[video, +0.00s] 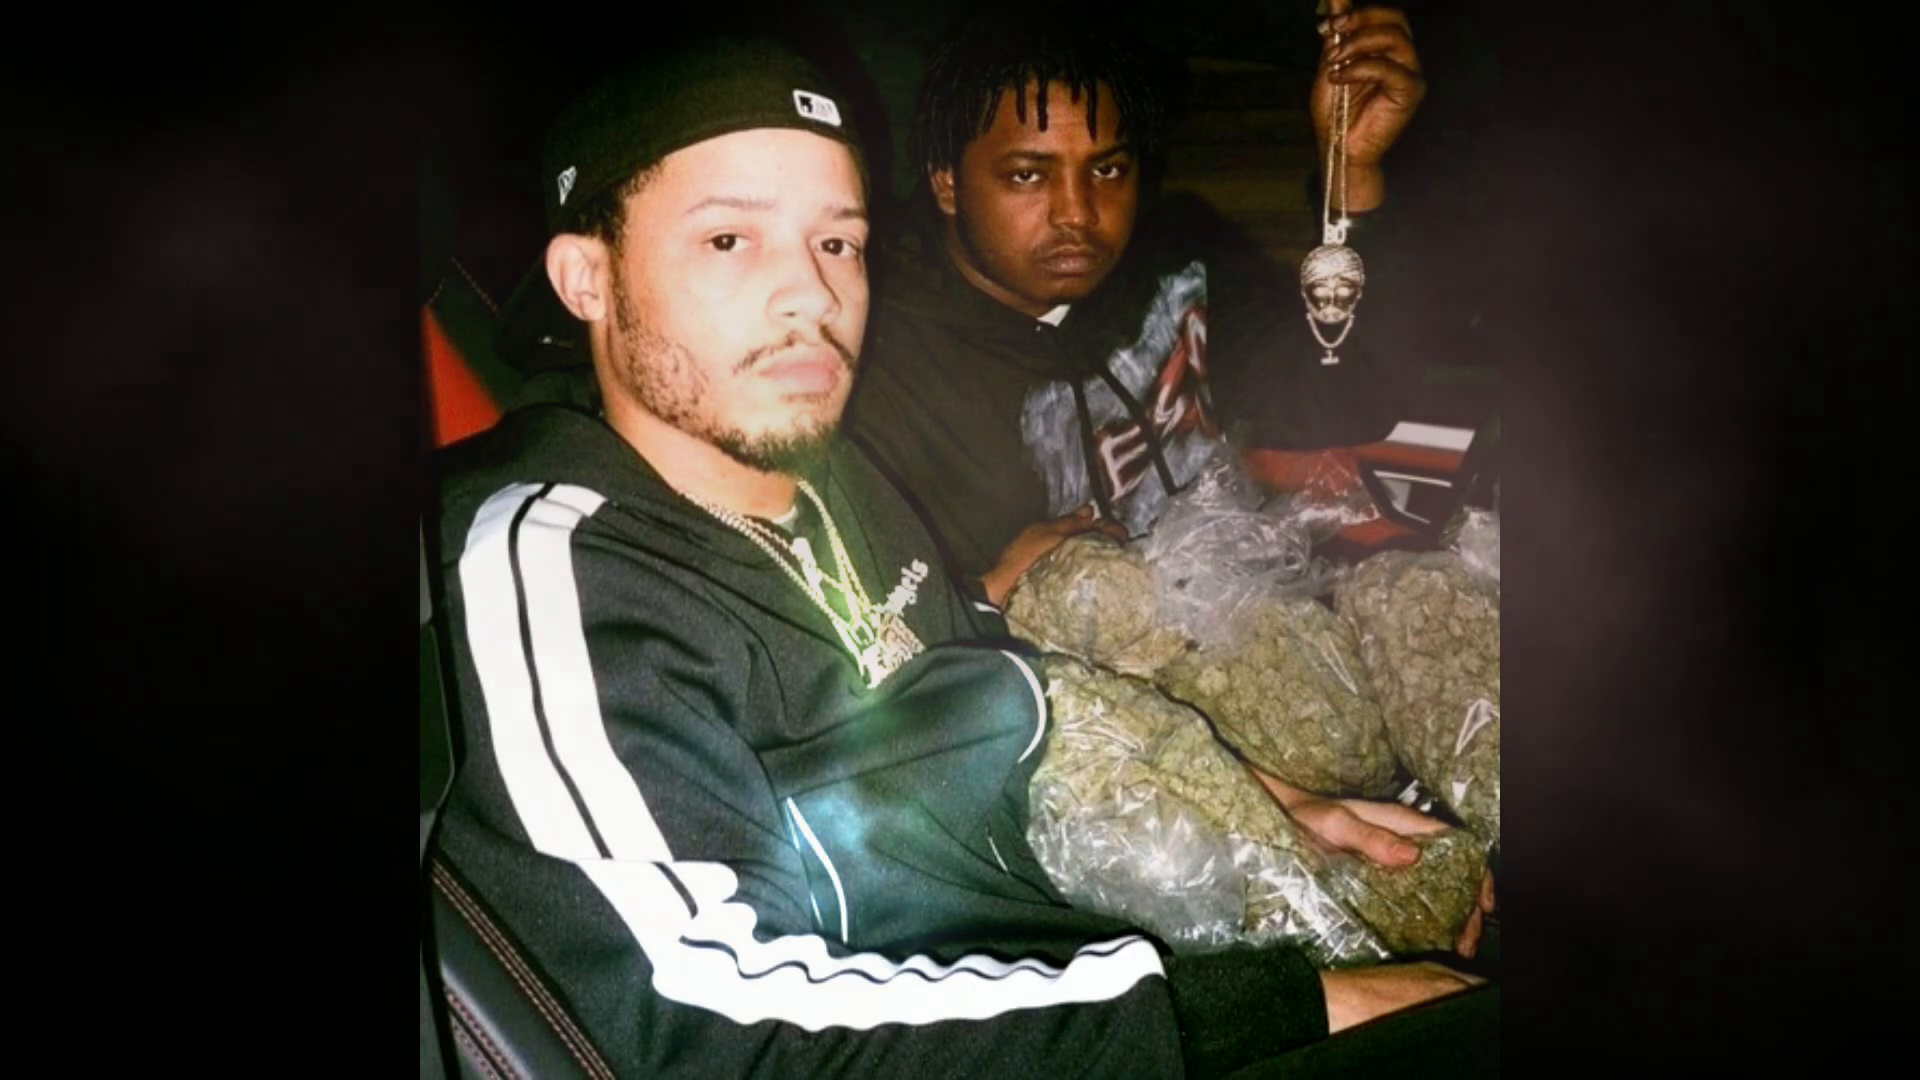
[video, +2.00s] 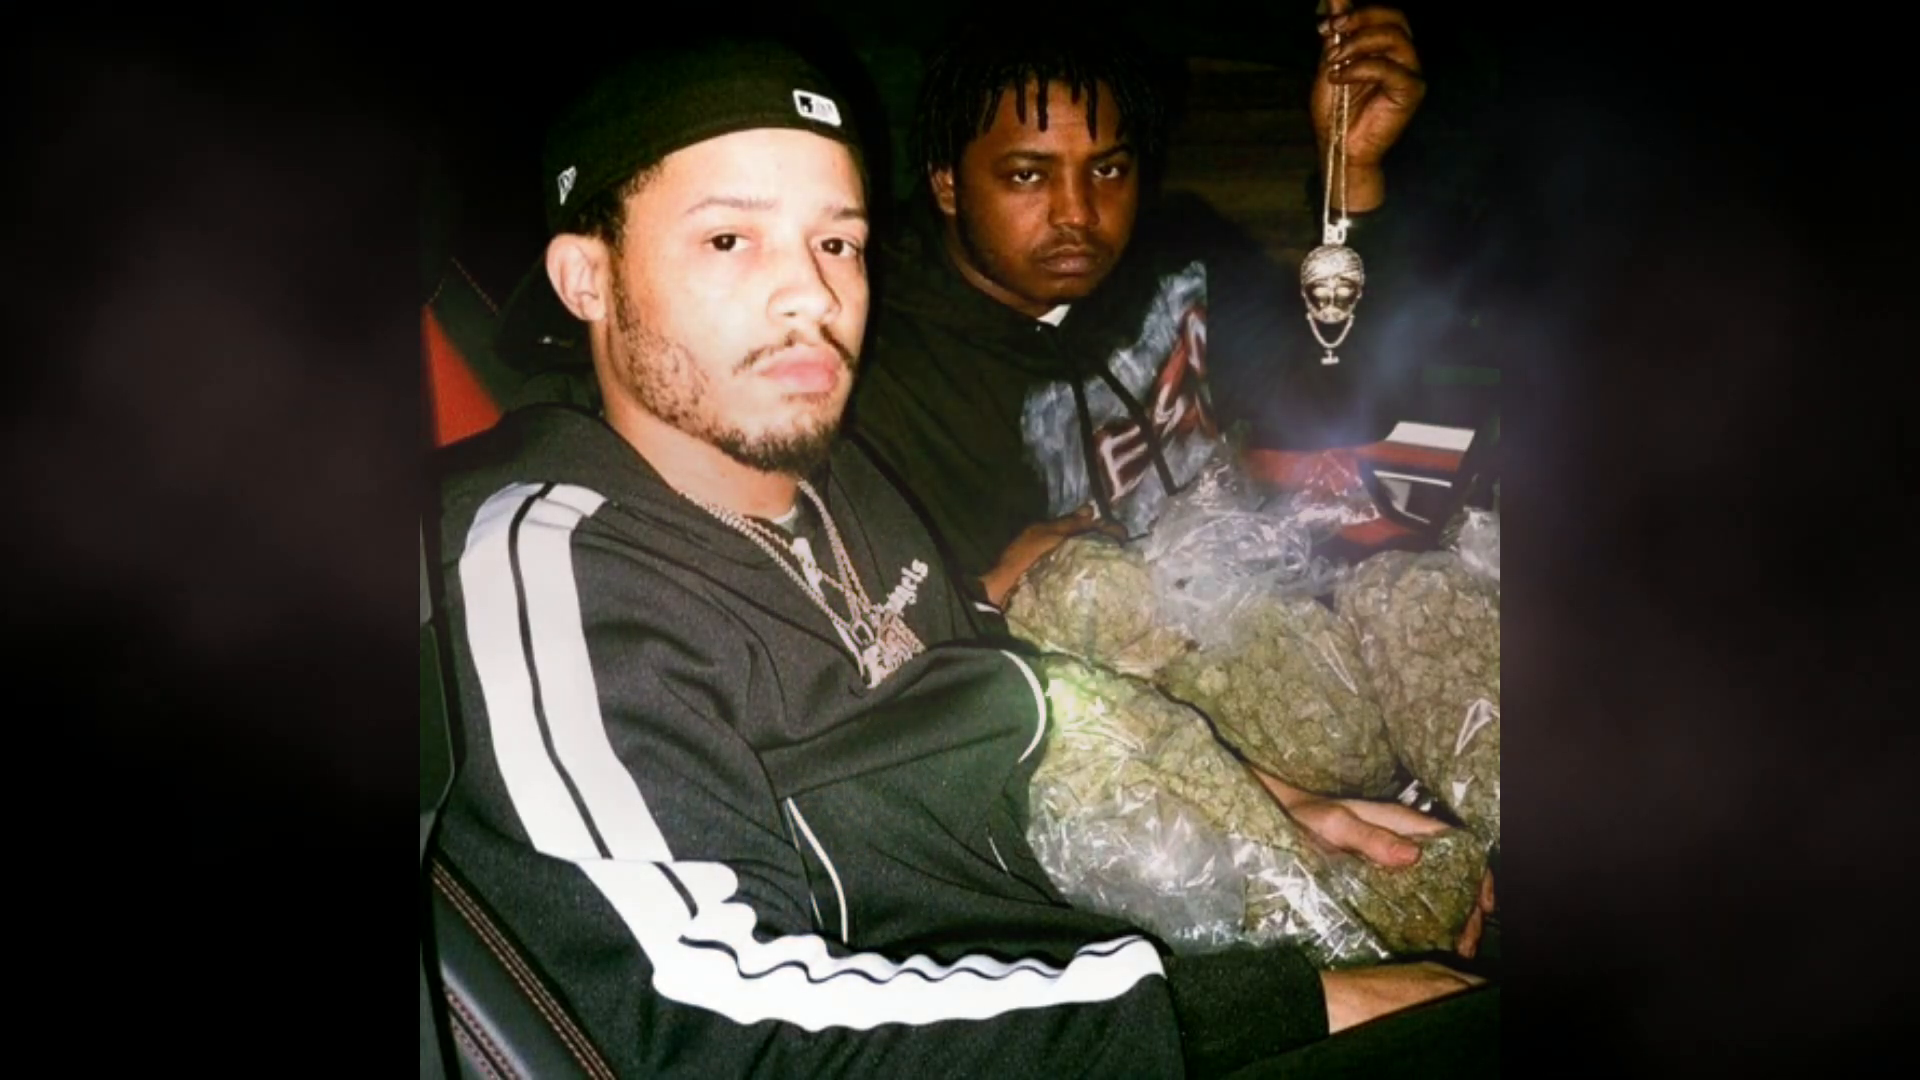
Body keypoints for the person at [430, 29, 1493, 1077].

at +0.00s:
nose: (811, 305)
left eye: (836, 249)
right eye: (731, 245)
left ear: (868, 265)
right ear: (588, 281)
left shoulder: (828, 476)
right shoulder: (534, 556)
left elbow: (1005, 732)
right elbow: (697, 1015)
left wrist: (1269, 817)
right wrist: (1272, 1010)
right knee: (1482, 1006)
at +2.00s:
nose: (810, 303)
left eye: (835, 249)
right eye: (729, 244)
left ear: (867, 268)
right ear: (588, 283)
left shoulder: (825, 476)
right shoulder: (532, 552)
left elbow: (1008, 732)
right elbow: (708, 1016)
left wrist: (1267, 819)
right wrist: (1278, 1008)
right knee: (1473, 1004)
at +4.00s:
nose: (810, 302)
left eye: (835, 250)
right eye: (729, 244)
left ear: (867, 269)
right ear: (586, 280)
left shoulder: (827, 486)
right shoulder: (536, 553)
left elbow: (1017, 755)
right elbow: (702, 1018)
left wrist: (1275, 827)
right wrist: (1275, 1008)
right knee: (1505, 1011)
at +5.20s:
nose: (815, 308)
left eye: (837, 249)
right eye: (731, 247)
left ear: (869, 263)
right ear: (588, 281)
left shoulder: (830, 482)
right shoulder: (534, 559)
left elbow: (1009, 750)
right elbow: (701, 1016)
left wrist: (1265, 825)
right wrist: (1270, 1009)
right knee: (1475, 1006)